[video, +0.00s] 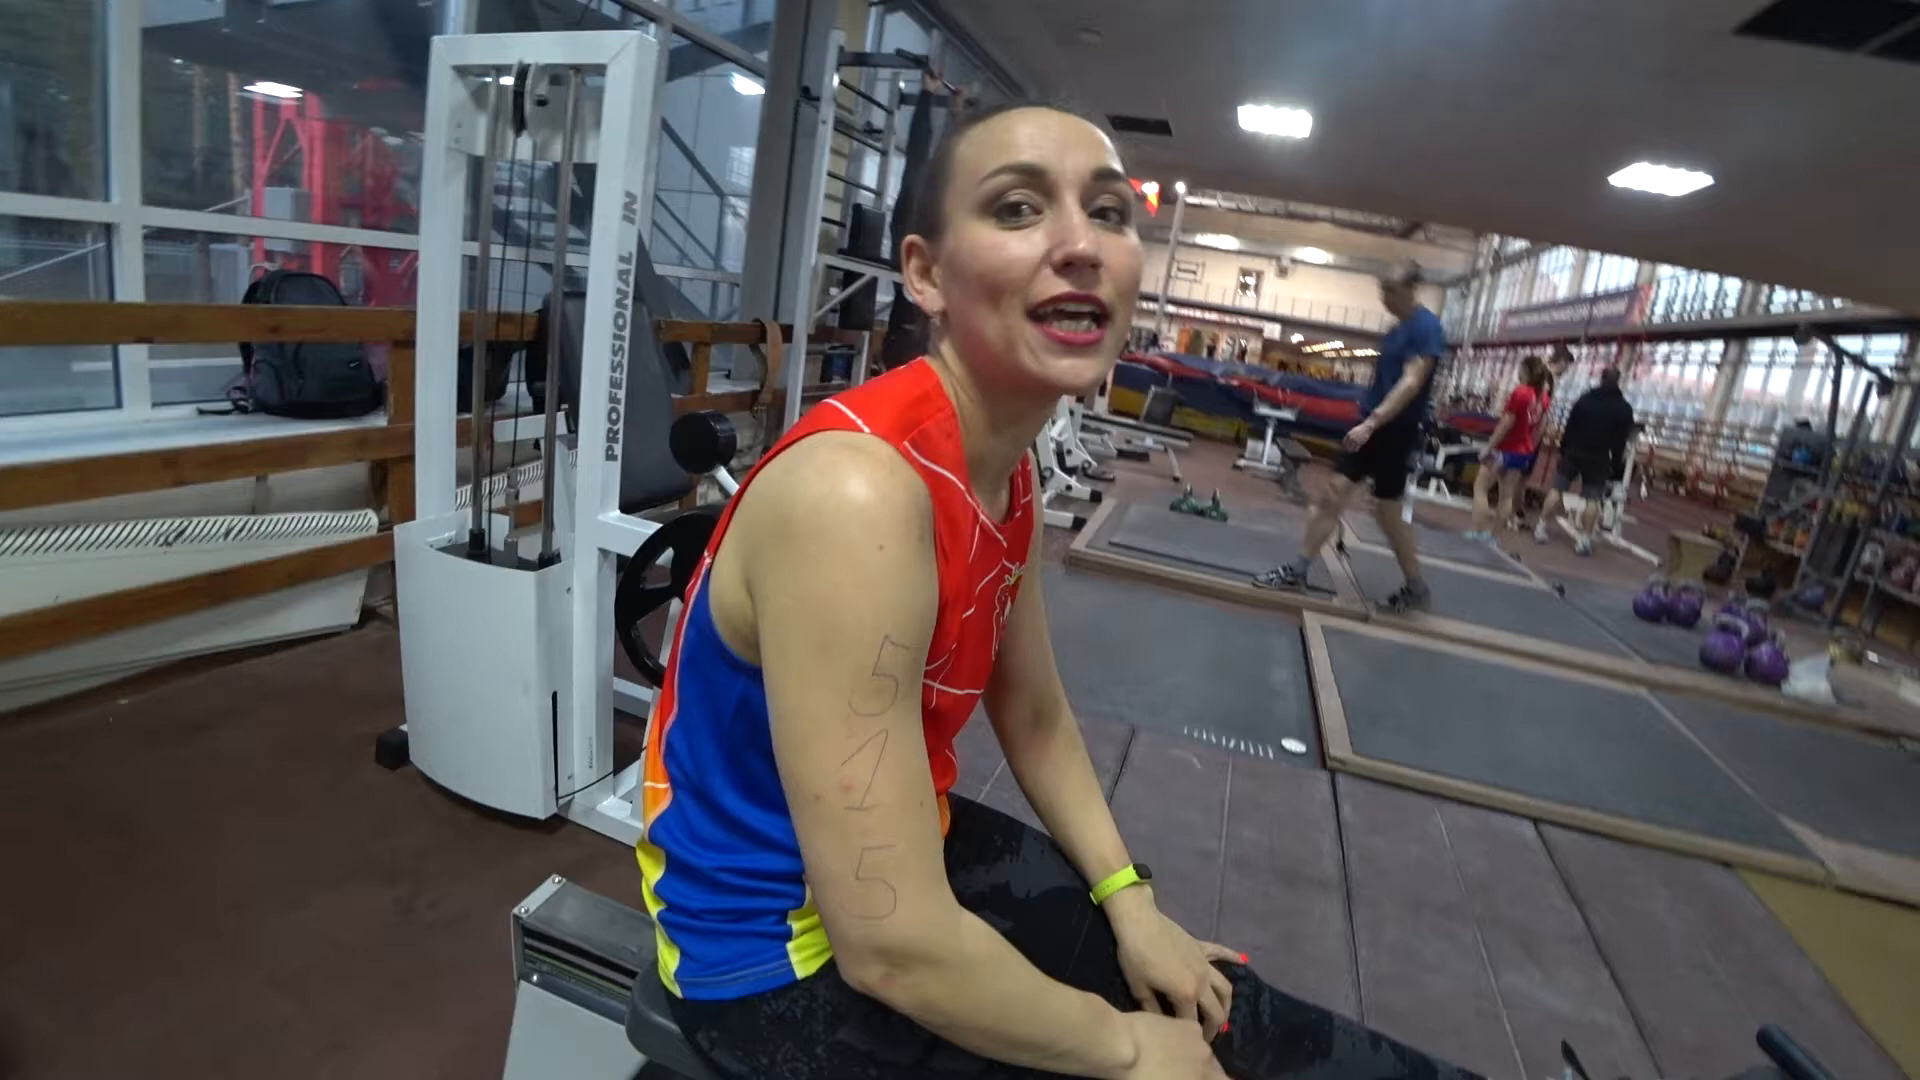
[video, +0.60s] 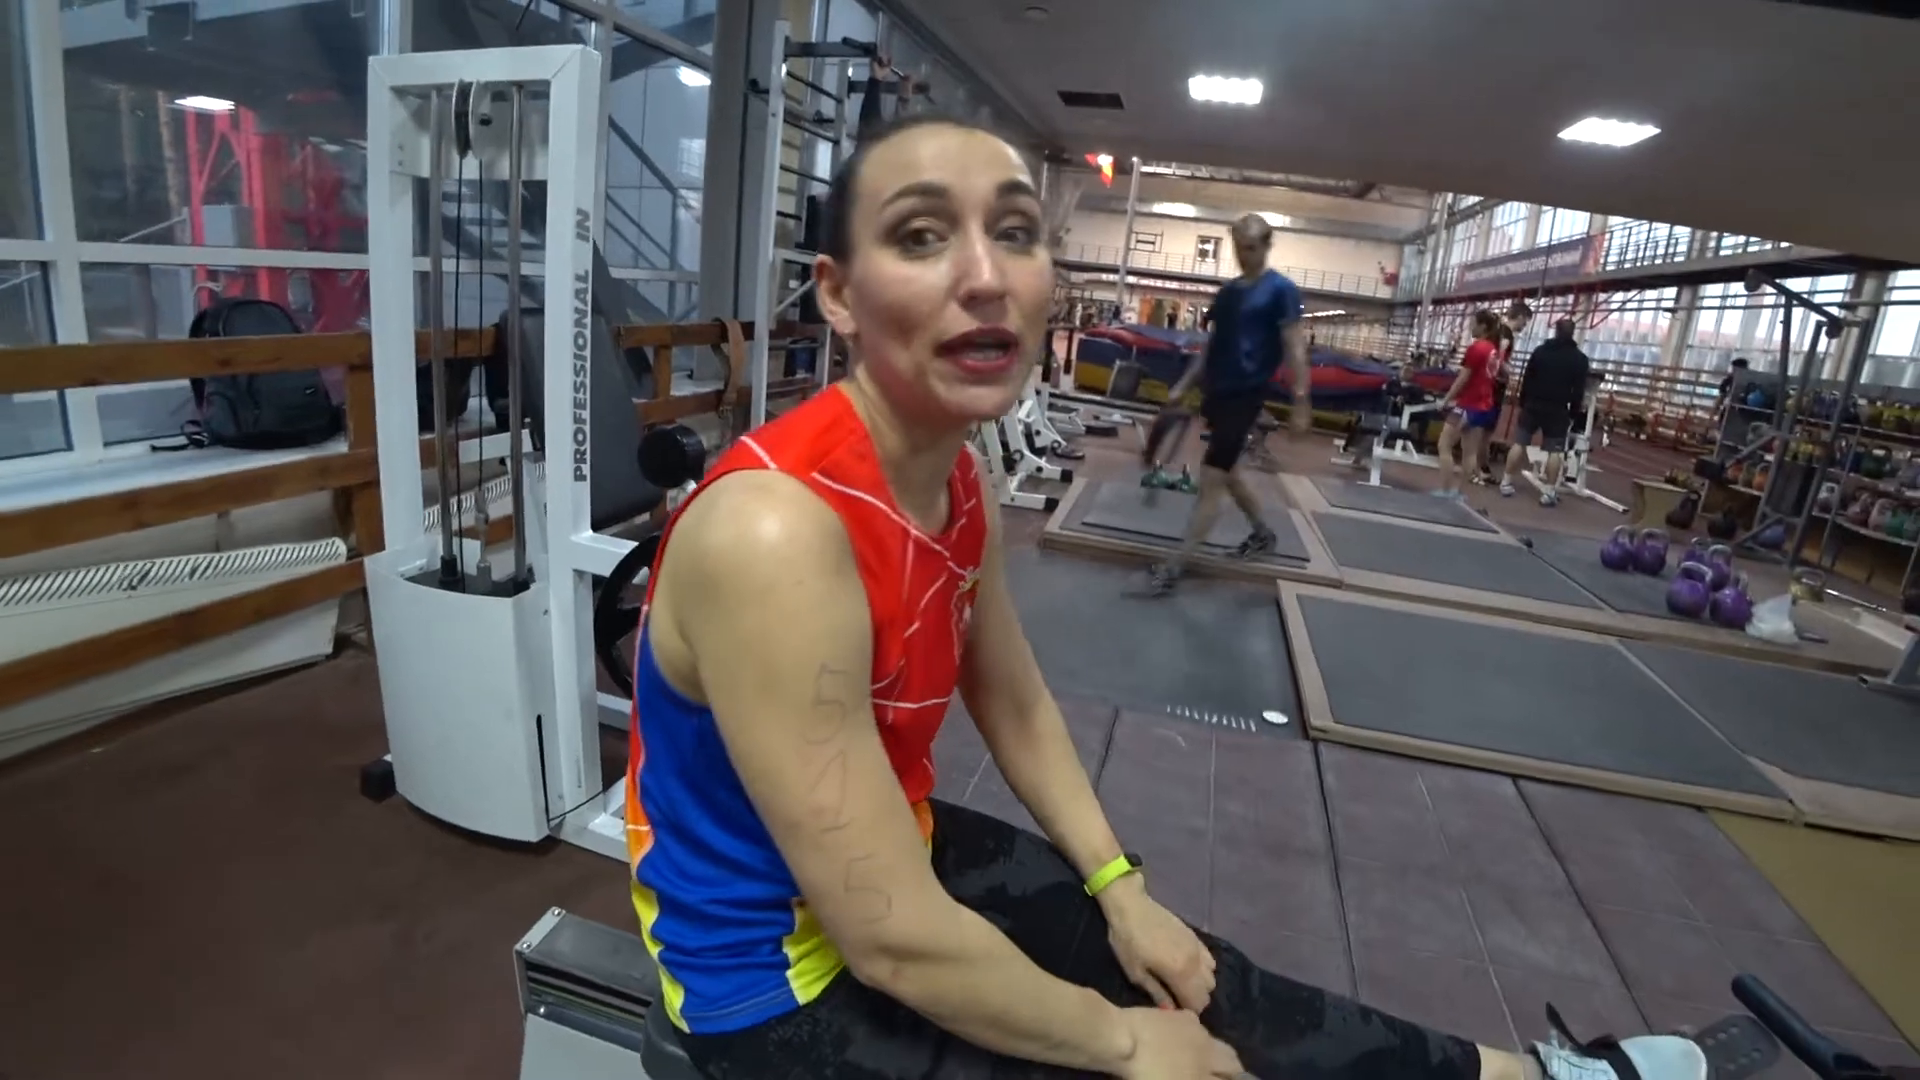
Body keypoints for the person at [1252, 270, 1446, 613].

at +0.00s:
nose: (1384, 297)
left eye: (1390, 291)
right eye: (1383, 290)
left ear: (1409, 290)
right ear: (1395, 291)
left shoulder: (1425, 326)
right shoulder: (1400, 328)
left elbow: (1412, 382)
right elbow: (1389, 381)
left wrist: (1370, 424)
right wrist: (1367, 417)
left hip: (1396, 431)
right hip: (1375, 425)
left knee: (1388, 511)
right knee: (1333, 494)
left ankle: (1416, 586)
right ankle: (1298, 570)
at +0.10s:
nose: (1366, 285)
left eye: (1372, 278)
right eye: (1365, 278)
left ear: (1389, 276)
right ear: (1368, 279)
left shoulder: (1406, 312)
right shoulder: (1377, 315)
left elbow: (1400, 370)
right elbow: (1369, 367)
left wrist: (1371, 419)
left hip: (1375, 415)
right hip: (1356, 412)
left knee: (1323, 478)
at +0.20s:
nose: (1336, 269)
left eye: (1342, 261)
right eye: (1334, 262)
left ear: (1361, 260)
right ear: (1336, 262)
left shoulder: (1381, 296)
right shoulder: (1339, 305)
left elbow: (1391, 354)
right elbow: (1330, 363)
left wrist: (1375, 408)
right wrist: (1305, 405)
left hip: (1353, 401)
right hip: (1325, 397)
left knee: (1309, 475)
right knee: (1301, 472)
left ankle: (1359, 541)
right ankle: (1288, 551)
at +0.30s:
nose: (1315, 257)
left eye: (1322, 250)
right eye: (1312, 250)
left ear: (1339, 249)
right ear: (1308, 250)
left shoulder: (1357, 287)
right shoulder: (1310, 294)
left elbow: (1379, 342)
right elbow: (1302, 348)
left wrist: (1374, 399)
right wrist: (1285, 385)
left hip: (1330, 390)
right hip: (1300, 388)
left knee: (1285, 466)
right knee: (1283, 467)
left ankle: (1312, 546)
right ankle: (1286, 545)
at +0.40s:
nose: (1291, 252)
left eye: (1298, 246)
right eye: (1287, 245)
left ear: (1316, 245)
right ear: (1284, 245)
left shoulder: (1334, 285)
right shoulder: (1282, 289)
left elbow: (1358, 339)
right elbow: (1270, 343)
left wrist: (1361, 394)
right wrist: (1246, 380)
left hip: (1302, 389)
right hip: (1272, 386)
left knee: (1258, 466)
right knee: (1273, 469)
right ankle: (1278, 544)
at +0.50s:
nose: (1270, 253)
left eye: (1276, 246)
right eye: (1265, 246)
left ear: (1291, 245)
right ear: (1258, 245)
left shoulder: (1307, 287)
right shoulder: (1255, 289)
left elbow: (1327, 342)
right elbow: (1236, 345)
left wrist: (1335, 399)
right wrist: (1210, 384)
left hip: (1276, 391)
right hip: (1246, 388)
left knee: (1234, 469)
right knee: (1258, 468)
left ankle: (1204, 555)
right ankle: (1271, 541)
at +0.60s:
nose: (1244, 255)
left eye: (1251, 247)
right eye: (1239, 247)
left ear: (1267, 246)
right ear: (1233, 247)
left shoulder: (1281, 290)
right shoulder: (1229, 292)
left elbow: (1296, 348)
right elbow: (1210, 349)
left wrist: (1301, 402)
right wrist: (1180, 388)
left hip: (1248, 394)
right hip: (1218, 391)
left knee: (1212, 475)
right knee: (1227, 471)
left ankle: (1175, 566)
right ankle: (1262, 532)